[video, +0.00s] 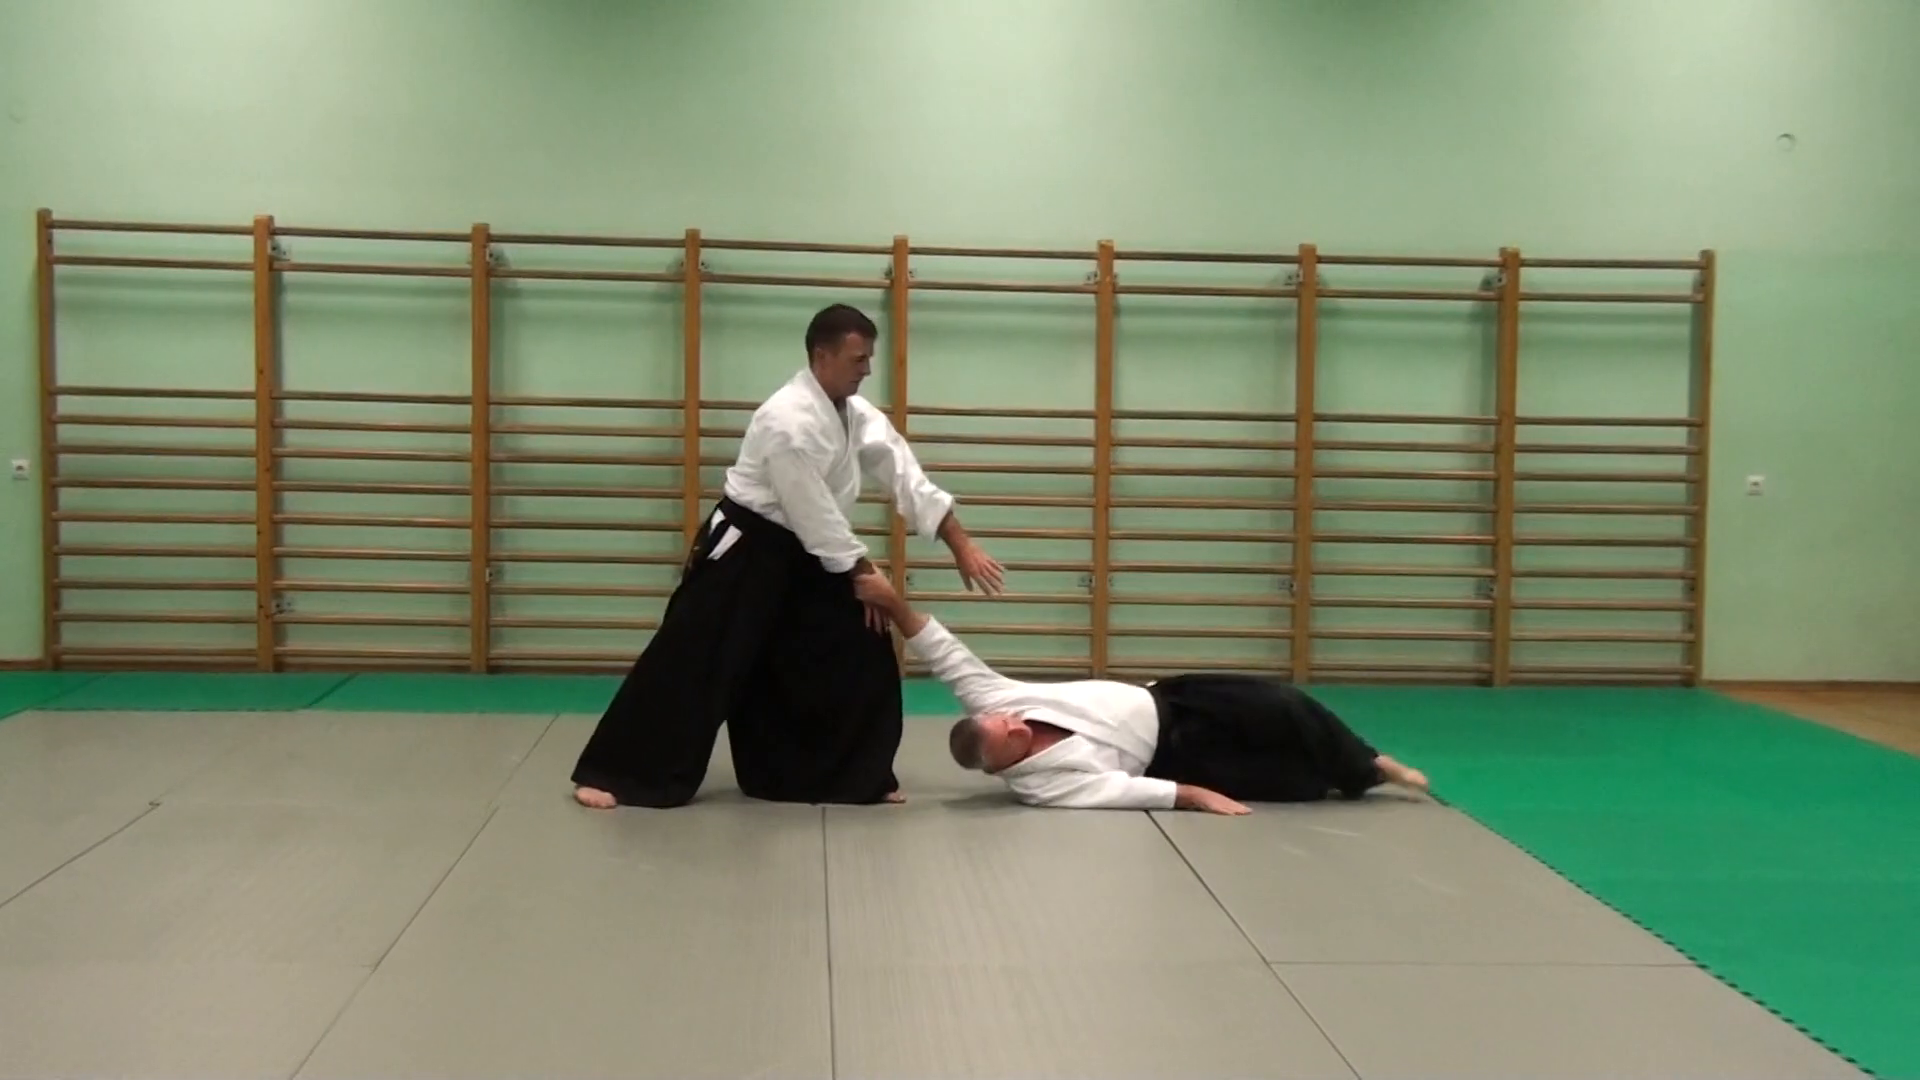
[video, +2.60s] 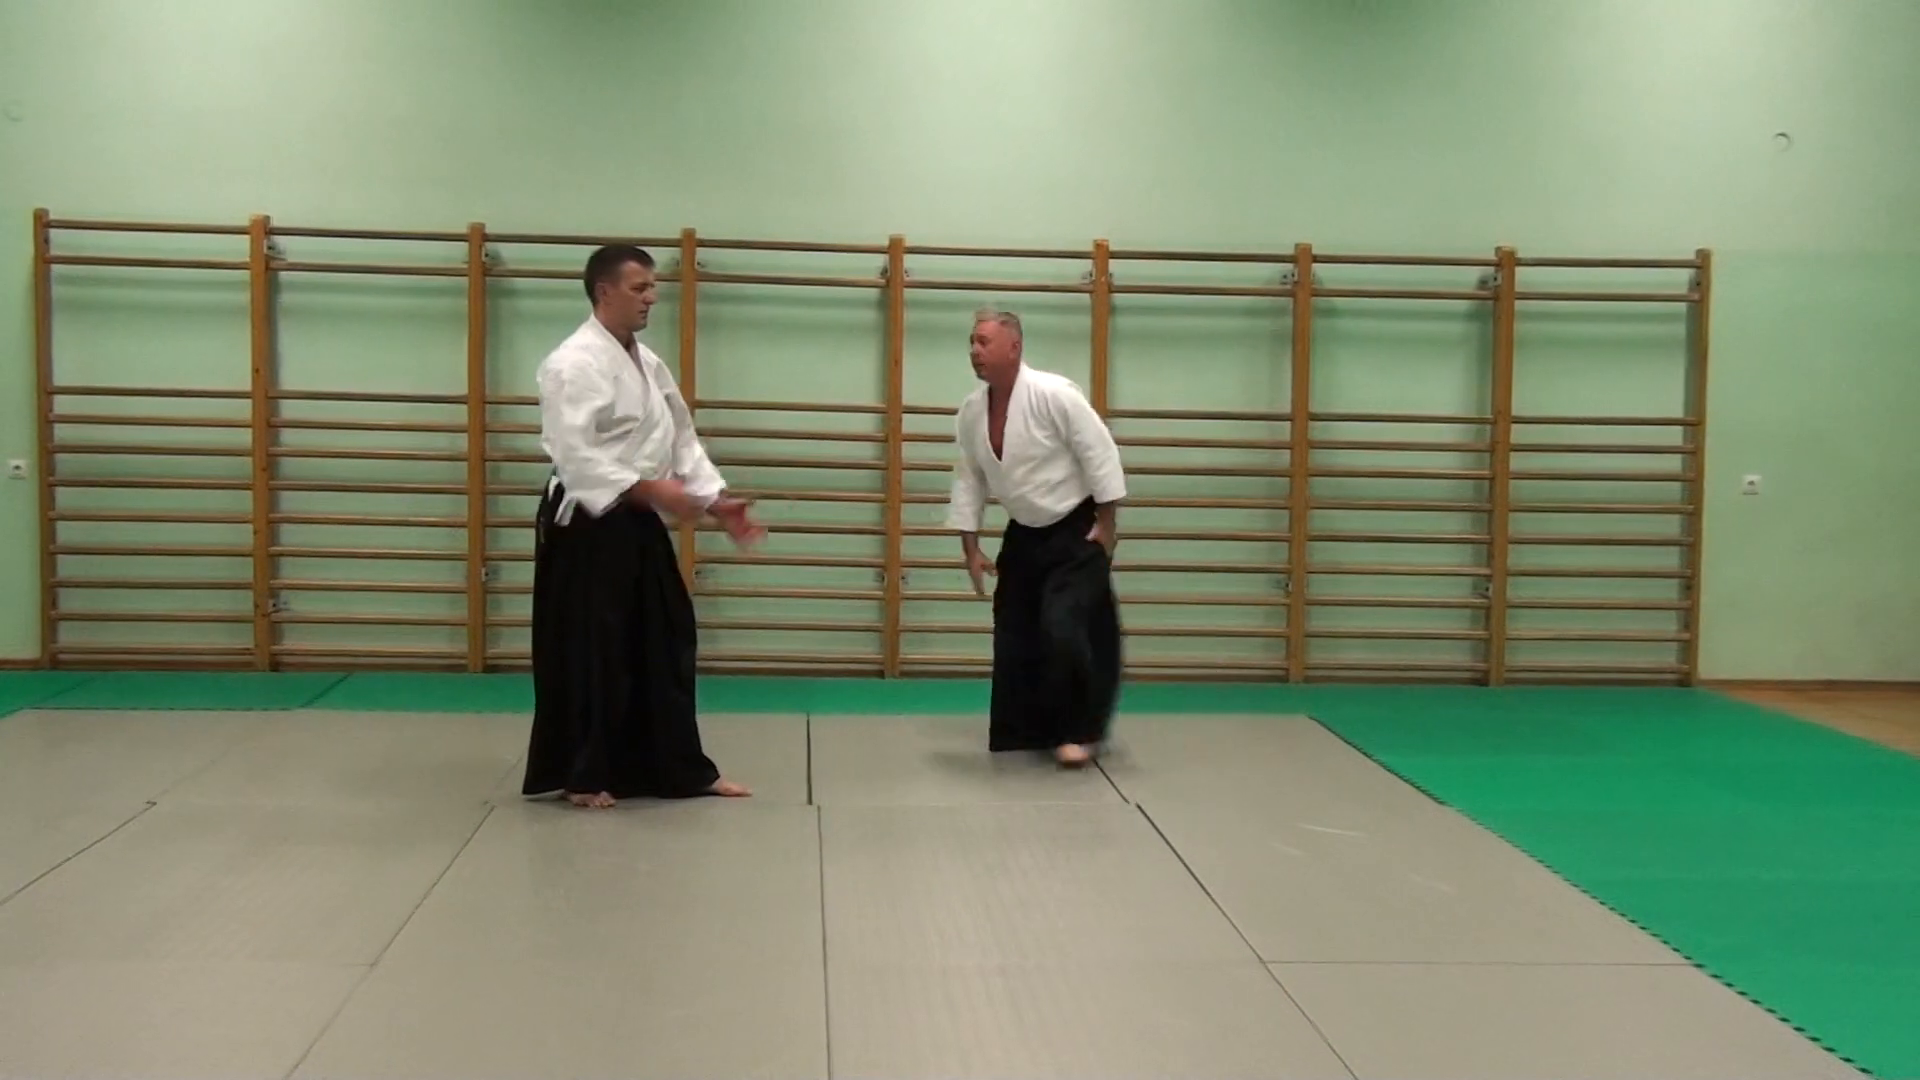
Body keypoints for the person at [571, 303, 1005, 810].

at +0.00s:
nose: (866, 371)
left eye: (869, 361)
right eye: (858, 361)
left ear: (852, 359)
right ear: (822, 356)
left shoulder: (855, 413)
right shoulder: (788, 421)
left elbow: (904, 473)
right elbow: (813, 512)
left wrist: (960, 542)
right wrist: (862, 571)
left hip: (811, 552)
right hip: (747, 547)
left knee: (866, 651)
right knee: (688, 657)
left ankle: (861, 773)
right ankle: (608, 772)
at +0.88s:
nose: (848, 357)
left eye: (851, 348)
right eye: (840, 346)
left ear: (833, 349)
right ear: (805, 343)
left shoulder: (835, 413)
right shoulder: (758, 407)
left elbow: (868, 485)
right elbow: (750, 507)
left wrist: (887, 566)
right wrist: (784, 588)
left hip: (787, 545)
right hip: (727, 545)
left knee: (851, 644)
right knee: (683, 659)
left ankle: (858, 773)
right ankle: (604, 772)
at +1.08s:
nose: (785, 341)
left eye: (788, 331)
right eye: (775, 330)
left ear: (786, 333)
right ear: (739, 329)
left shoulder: (783, 403)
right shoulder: (699, 398)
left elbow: (804, 485)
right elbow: (681, 494)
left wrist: (807, 565)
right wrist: (700, 581)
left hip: (756, 545)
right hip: (695, 543)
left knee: (814, 654)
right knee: (666, 665)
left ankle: (852, 774)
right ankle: (601, 775)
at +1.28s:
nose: (719, 314)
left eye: (721, 305)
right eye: (709, 304)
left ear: (715, 308)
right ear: (672, 307)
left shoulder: (718, 377)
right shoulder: (636, 377)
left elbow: (739, 463)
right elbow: (617, 474)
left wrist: (737, 542)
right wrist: (637, 560)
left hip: (700, 528)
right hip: (641, 524)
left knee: (737, 646)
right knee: (628, 654)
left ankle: (784, 766)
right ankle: (598, 776)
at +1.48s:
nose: (682, 301)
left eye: (684, 291)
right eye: (671, 291)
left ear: (675, 296)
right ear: (636, 294)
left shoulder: (683, 366)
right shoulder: (604, 366)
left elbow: (702, 452)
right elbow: (588, 462)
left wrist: (702, 531)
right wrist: (607, 549)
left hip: (672, 517)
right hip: (616, 516)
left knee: (697, 640)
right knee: (607, 645)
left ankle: (707, 769)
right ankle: (587, 774)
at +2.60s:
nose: (651, 298)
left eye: (652, 289)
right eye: (640, 288)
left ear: (645, 295)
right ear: (602, 293)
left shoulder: (649, 363)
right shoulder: (569, 366)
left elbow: (680, 444)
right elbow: (578, 462)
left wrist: (718, 502)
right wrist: (648, 489)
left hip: (642, 520)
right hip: (585, 523)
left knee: (668, 637)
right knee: (589, 645)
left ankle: (678, 768)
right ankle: (581, 775)